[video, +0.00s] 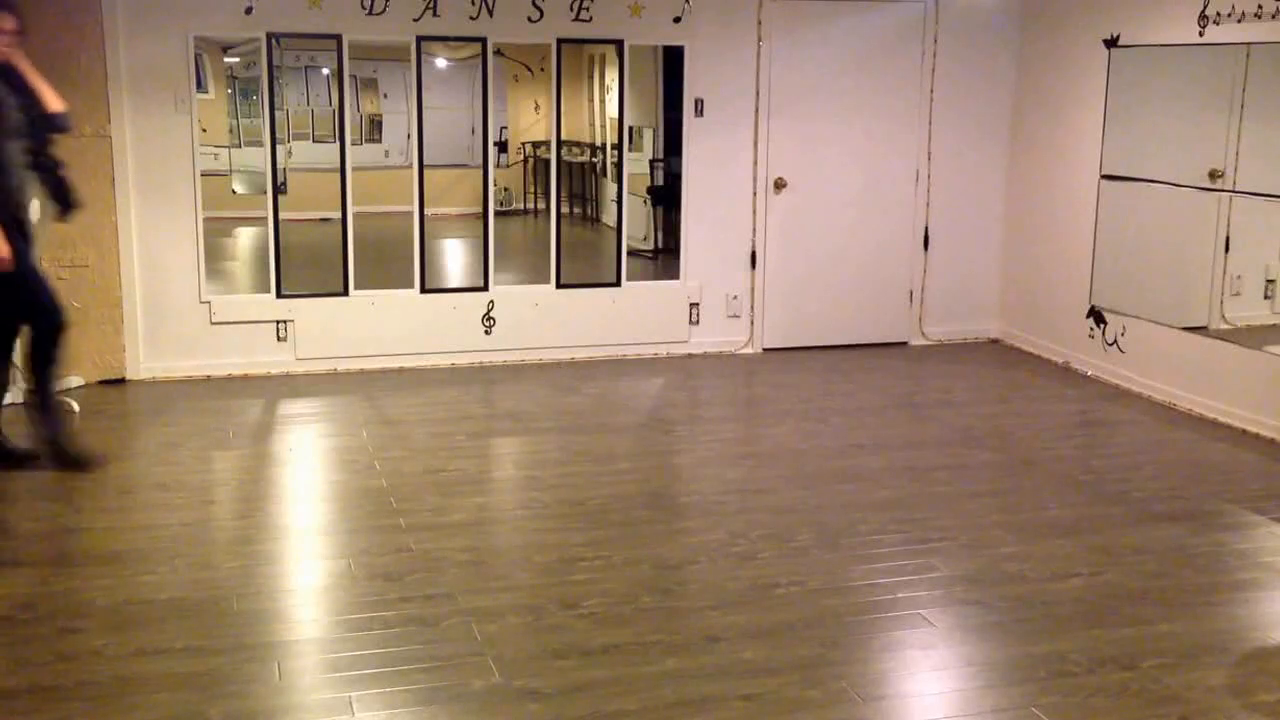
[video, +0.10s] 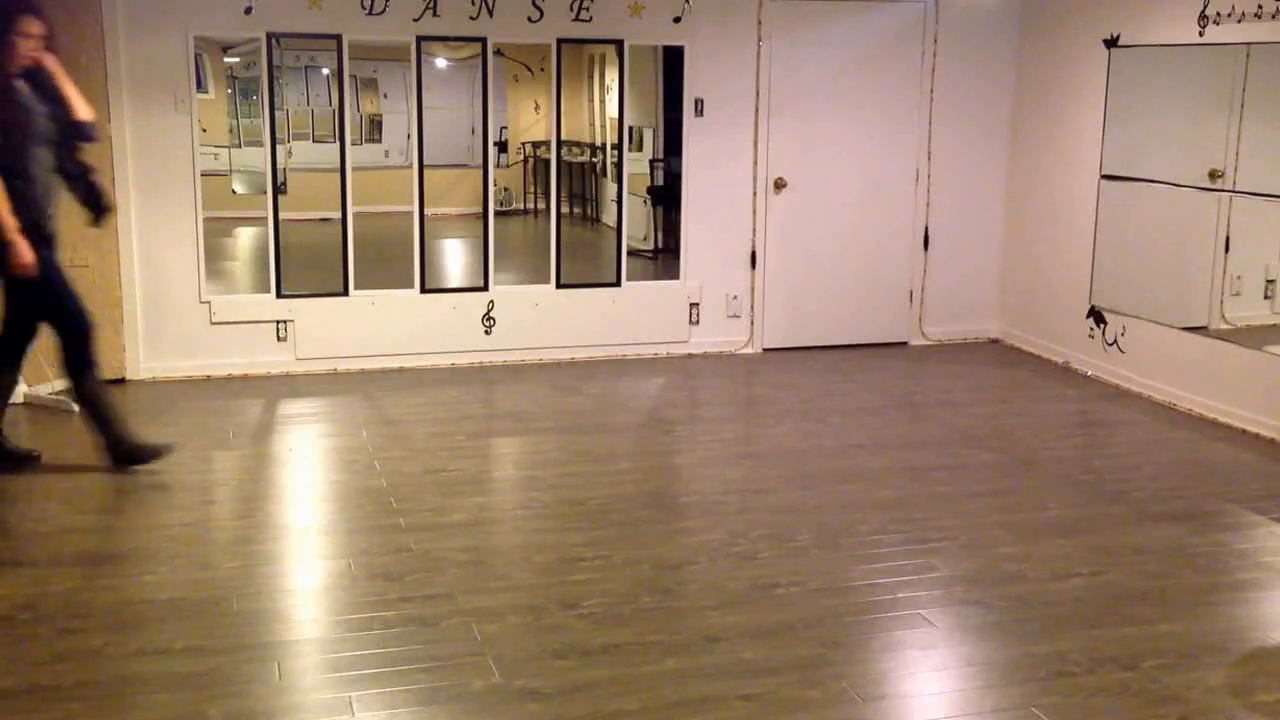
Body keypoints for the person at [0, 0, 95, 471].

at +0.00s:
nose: (7, 43)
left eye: (11, 35)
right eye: (2, 34)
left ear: (18, 39)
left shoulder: (14, 85)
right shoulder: (6, 86)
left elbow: (58, 118)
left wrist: (19, 59)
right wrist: (0, 233)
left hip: (18, 231)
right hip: (2, 233)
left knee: (3, 334)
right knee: (48, 318)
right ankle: (50, 432)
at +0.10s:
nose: (30, 48)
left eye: (38, 40)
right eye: (22, 38)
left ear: (44, 46)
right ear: (3, 40)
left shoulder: (37, 90)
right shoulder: (3, 92)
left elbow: (85, 124)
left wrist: (52, 66)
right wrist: (11, 233)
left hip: (37, 234)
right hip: (16, 237)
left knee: (16, 335)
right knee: (73, 324)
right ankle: (117, 442)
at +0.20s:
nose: (70, 50)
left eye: (78, 42)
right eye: (62, 40)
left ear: (85, 46)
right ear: (41, 40)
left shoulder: (82, 88)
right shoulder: (27, 90)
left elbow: (120, 144)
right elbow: (31, 173)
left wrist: (106, 84)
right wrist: (58, 247)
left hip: (83, 226)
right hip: (54, 230)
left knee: (68, 331)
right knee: (116, 323)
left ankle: (6, 418)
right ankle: (144, 446)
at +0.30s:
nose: (96, 45)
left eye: (104, 37)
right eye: (87, 35)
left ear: (112, 42)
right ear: (66, 36)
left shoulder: (108, 84)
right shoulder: (55, 87)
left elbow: (137, 149)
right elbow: (61, 169)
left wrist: (138, 92)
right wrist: (89, 244)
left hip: (114, 218)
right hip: (79, 221)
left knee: (126, 327)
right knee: (134, 325)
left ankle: (43, 399)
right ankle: (145, 447)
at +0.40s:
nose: (127, 39)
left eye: (135, 30)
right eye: (117, 28)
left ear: (141, 36)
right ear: (95, 31)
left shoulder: (130, 82)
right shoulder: (83, 84)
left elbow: (152, 151)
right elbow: (92, 167)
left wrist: (166, 102)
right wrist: (125, 238)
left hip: (142, 220)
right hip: (105, 224)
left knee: (173, 326)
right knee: (145, 328)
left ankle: (99, 396)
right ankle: (145, 445)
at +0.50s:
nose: (174, 35)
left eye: (179, 26)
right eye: (164, 24)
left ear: (183, 33)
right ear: (140, 28)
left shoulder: (174, 77)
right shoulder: (124, 81)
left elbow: (202, 127)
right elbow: (136, 162)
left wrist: (205, 117)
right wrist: (177, 231)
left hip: (183, 219)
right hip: (140, 224)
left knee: (225, 319)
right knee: (158, 329)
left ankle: (213, 431)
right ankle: (145, 446)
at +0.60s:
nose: (207, 38)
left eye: (209, 30)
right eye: (199, 27)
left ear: (203, 36)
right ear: (170, 29)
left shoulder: (194, 85)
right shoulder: (151, 84)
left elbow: (230, 133)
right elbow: (163, 168)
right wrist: (212, 235)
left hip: (210, 227)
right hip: (166, 229)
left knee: (246, 324)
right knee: (169, 334)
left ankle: (280, 435)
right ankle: (146, 447)